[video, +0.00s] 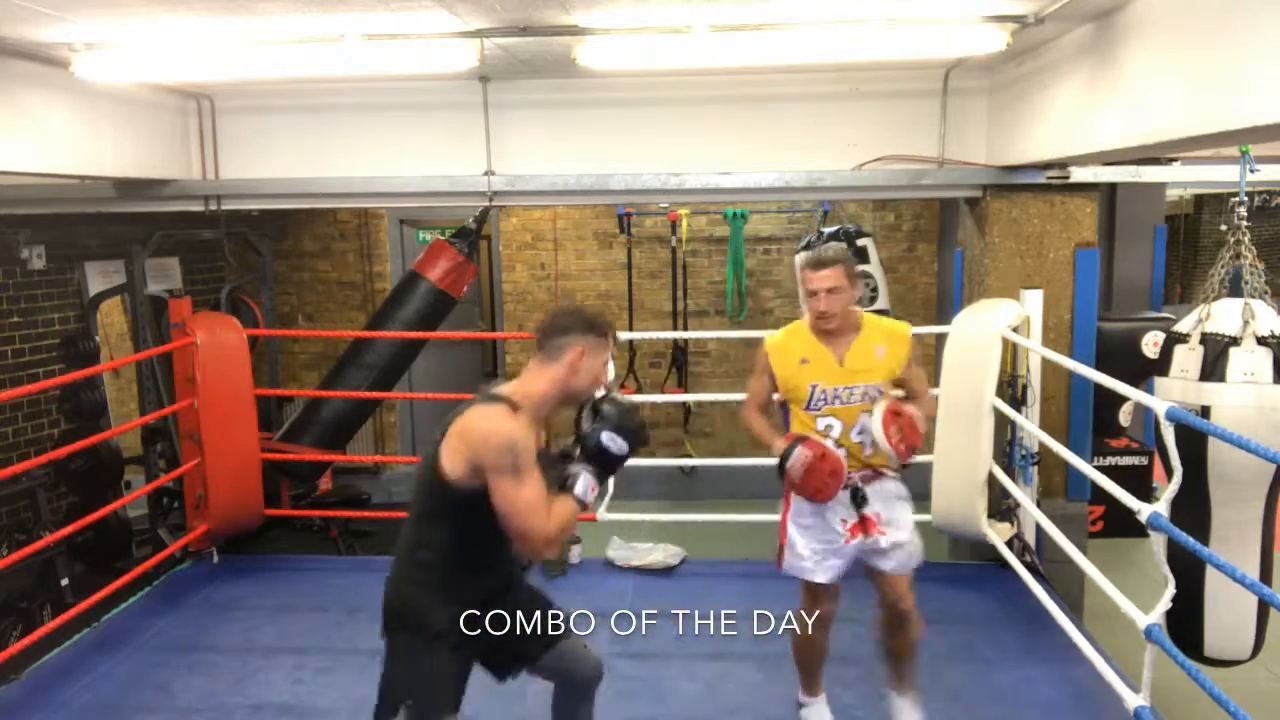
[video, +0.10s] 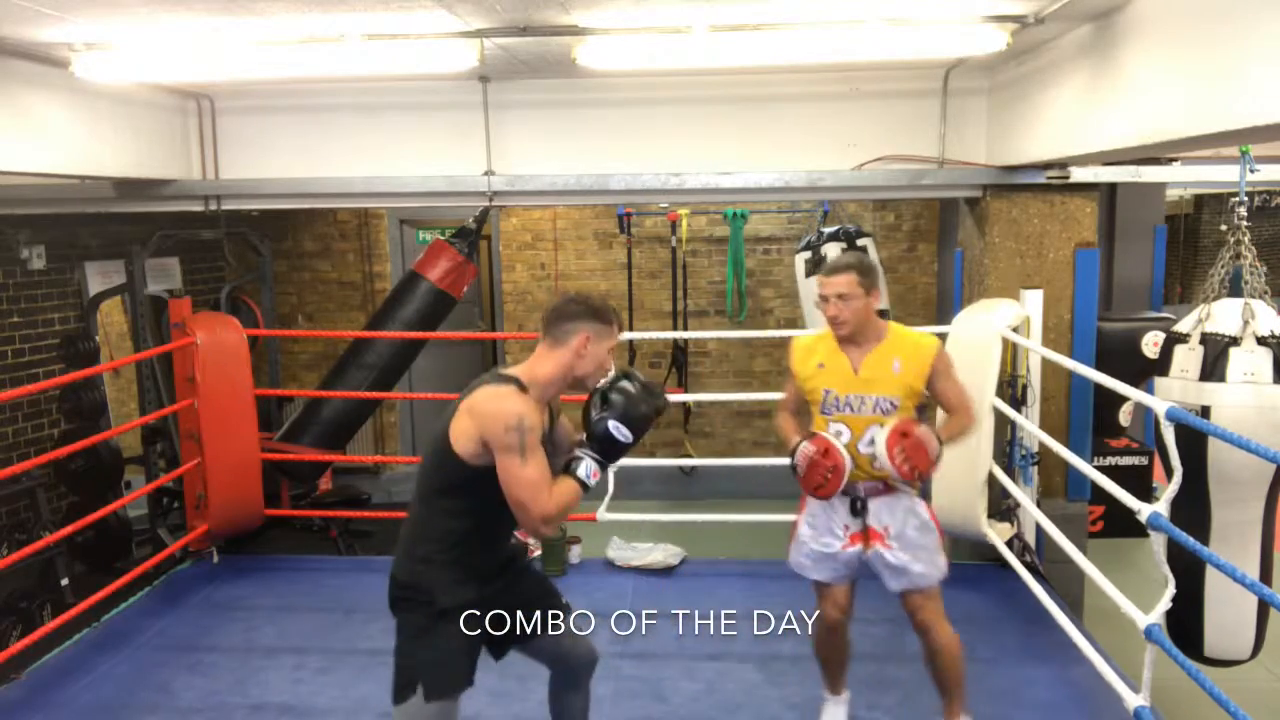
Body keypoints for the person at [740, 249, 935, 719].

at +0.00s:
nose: (821, 305)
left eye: (832, 293)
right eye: (811, 294)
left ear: (855, 291)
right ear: (801, 295)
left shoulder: (896, 338)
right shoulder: (779, 348)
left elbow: (922, 397)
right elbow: (751, 409)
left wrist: (912, 421)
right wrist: (782, 447)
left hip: (883, 490)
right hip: (815, 496)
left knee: (901, 605)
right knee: (817, 607)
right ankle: (812, 701)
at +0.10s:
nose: (831, 309)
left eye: (842, 298)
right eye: (824, 300)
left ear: (872, 299)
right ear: (818, 302)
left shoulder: (921, 351)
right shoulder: (806, 350)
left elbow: (963, 414)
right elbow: (787, 411)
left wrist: (936, 439)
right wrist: (799, 446)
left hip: (898, 505)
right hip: (831, 505)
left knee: (925, 615)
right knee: (831, 612)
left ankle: (956, 712)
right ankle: (835, 702)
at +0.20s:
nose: (840, 315)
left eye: (852, 304)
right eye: (838, 305)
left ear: (888, 307)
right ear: (837, 308)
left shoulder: (938, 368)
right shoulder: (836, 358)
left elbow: (985, 436)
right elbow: (826, 414)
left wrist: (939, 460)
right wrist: (815, 445)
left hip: (916, 517)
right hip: (852, 509)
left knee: (940, 633)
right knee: (839, 616)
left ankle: (968, 716)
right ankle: (860, 705)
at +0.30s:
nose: (848, 308)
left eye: (860, 297)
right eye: (847, 298)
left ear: (898, 300)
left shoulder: (945, 364)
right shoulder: (858, 349)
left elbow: (989, 436)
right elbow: (872, 415)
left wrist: (924, 455)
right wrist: (841, 429)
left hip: (930, 515)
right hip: (874, 503)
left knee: (948, 629)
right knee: (858, 605)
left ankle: (971, 715)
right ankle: (884, 706)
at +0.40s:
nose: (859, 304)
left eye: (871, 294)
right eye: (857, 293)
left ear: (907, 297)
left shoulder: (945, 364)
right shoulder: (879, 343)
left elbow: (986, 439)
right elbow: (889, 412)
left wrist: (910, 449)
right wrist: (849, 423)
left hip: (938, 518)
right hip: (890, 505)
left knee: (956, 626)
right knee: (877, 597)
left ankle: (974, 716)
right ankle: (923, 699)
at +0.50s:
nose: (863, 305)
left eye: (875, 295)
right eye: (863, 295)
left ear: (913, 300)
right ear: (899, 302)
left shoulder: (945, 366)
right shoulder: (895, 344)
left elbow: (975, 450)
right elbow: (900, 419)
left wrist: (893, 449)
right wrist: (850, 409)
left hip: (939, 523)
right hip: (901, 509)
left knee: (955, 632)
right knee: (902, 599)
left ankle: (975, 715)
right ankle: (952, 697)